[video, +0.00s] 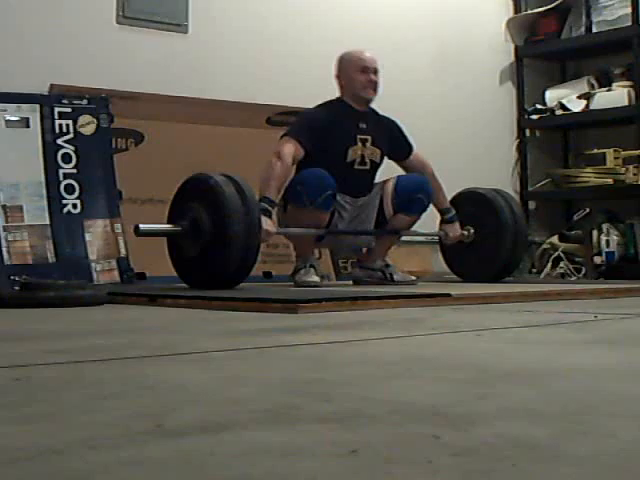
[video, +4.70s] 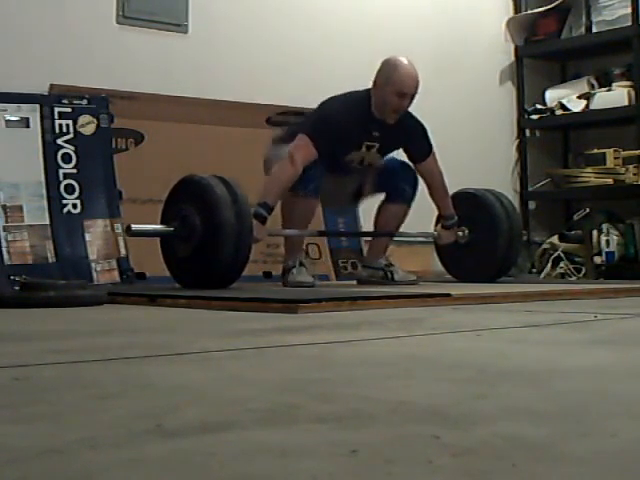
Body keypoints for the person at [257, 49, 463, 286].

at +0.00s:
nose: (372, 79)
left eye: (375, 73)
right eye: (364, 72)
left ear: (380, 78)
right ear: (341, 78)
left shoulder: (385, 128)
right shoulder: (317, 118)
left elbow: (422, 170)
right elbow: (283, 157)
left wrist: (449, 216)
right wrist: (266, 209)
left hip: (362, 213)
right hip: (317, 210)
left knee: (417, 188)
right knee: (315, 182)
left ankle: (373, 262)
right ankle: (304, 263)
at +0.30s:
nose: (400, 112)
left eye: (405, 106)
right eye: (394, 104)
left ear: (409, 102)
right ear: (371, 94)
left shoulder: (404, 135)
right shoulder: (334, 122)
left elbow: (435, 171)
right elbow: (284, 153)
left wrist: (453, 216)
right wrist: (264, 208)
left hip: (363, 209)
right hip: (317, 206)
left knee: (418, 188)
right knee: (316, 183)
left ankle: (371, 263)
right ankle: (304, 266)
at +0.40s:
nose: (406, 121)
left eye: (411, 114)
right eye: (400, 112)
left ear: (416, 109)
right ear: (377, 98)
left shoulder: (411, 136)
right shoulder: (340, 122)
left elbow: (438, 172)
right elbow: (284, 153)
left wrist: (455, 216)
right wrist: (263, 209)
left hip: (361, 203)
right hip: (315, 200)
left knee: (416, 186)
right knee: (316, 181)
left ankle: (371, 263)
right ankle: (305, 265)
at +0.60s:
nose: (412, 128)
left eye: (418, 121)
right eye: (408, 119)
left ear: (423, 116)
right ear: (386, 103)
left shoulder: (414, 128)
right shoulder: (349, 111)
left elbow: (439, 171)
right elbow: (297, 153)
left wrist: (457, 219)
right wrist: (266, 213)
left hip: (342, 151)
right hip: (293, 133)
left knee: (399, 172)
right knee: (319, 168)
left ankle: (371, 262)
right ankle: (303, 265)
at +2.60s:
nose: (405, 120)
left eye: (410, 114)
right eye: (401, 112)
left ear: (415, 108)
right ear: (380, 98)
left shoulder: (404, 121)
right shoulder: (340, 108)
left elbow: (426, 170)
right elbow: (297, 160)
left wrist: (447, 217)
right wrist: (265, 210)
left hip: (333, 127)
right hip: (284, 112)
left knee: (378, 168)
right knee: (297, 169)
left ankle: (372, 263)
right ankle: (296, 266)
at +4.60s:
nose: (405, 109)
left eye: (412, 103)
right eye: (401, 100)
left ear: (417, 100)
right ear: (380, 88)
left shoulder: (410, 127)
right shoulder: (342, 110)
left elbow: (432, 177)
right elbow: (295, 163)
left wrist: (448, 220)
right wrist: (259, 215)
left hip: (337, 151)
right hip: (286, 134)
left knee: (396, 174)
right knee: (298, 173)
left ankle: (374, 263)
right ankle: (293, 266)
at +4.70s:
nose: (404, 105)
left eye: (410, 98)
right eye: (399, 95)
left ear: (415, 97)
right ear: (377, 87)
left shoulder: (410, 128)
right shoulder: (340, 112)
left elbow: (433, 176)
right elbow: (293, 159)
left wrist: (450, 220)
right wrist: (261, 213)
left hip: (345, 180)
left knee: (403, 175)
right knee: (307, 171)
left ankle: (374, 263)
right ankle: (293, 266)